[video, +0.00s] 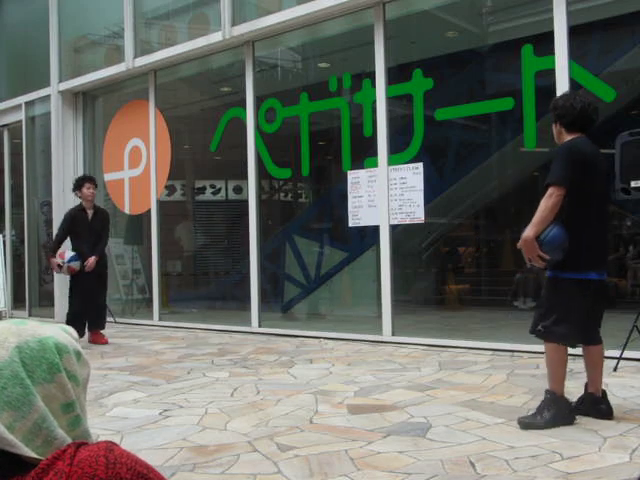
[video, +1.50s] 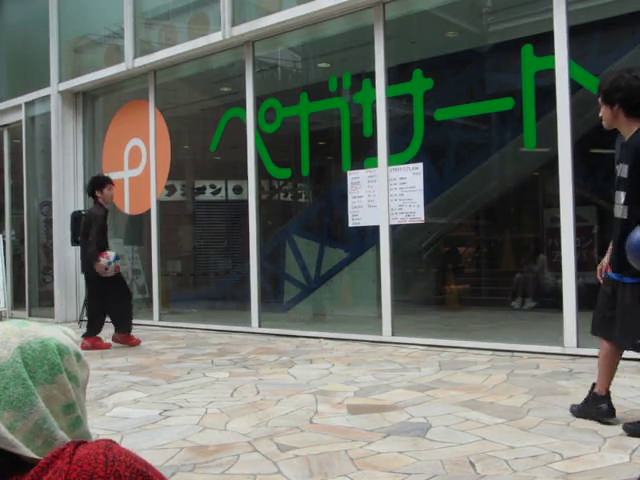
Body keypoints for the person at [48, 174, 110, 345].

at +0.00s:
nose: (91, 192)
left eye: (93, 188)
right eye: (87, 189)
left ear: (96, 191)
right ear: (78, 193)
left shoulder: (103, 214)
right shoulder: (73, 214)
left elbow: (104, 240)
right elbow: (60, 237)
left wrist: (95, 257)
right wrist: (51, 255)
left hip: (99, 262)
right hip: (79, 263)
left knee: (97, 297)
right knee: (78, 298)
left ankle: (95, 331)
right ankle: (73, 334)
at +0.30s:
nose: (105, 192)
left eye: (107, 189)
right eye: (101, 189)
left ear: (109, 191)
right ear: (92, 191)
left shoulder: (109, 215)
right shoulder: (84, 212)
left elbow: (114, 240)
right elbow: (75, 235)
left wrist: (121, 263)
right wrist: (72, 253)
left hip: (105, 261)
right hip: (89, 262)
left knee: (104, 297)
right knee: (98, 298)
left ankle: (94, 331)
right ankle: (107, 332)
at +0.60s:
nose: (115, 192)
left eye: (115, 189)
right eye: (111, 189)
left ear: (114, 191)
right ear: (101, 192)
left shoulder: (111, 212)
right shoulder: (95, 212)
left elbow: (117, 238)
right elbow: (95, 237)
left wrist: (126, 258)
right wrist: (106, 253)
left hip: (110, 259)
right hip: (98, 259)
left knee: (106, 296)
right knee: (110, 296)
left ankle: (96, 329)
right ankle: (121, 331)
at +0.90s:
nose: (123, 190)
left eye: (122, 186)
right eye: (120, 187)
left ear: (111, 192)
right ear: (110, 191)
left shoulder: (109, 209)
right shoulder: (112, 211)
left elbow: (118, 237)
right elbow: (122, 236)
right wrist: (138, 253)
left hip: (107, 259)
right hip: (110, 260)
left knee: (115, 297)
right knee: (117, 297)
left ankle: (96, 325)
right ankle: (123, 333)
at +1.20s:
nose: (121, 190)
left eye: (120, 187)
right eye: (118, 187)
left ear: (107, 192)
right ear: (108, 191)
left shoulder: (102, 209)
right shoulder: (110, 210)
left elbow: (108, 238)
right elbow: (121, 236)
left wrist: (124, 253)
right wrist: (137, 255)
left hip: (103, 262)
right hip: (111, 263)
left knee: (111, 298)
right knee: (124, 296)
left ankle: (98, 329)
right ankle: (123, 334)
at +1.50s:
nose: (113, 193)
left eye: (112, 189)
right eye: (109, 190)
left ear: (101, 194)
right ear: (99, 194)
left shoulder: (97, 212)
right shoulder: (98, 214)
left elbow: (91, 241)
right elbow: (91, 241)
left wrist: (105, 258)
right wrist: (95, 262)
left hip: (95, 265)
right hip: (99, 266)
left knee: (96, 300)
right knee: (123, 295)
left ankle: (91, 334)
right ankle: (123, 332)